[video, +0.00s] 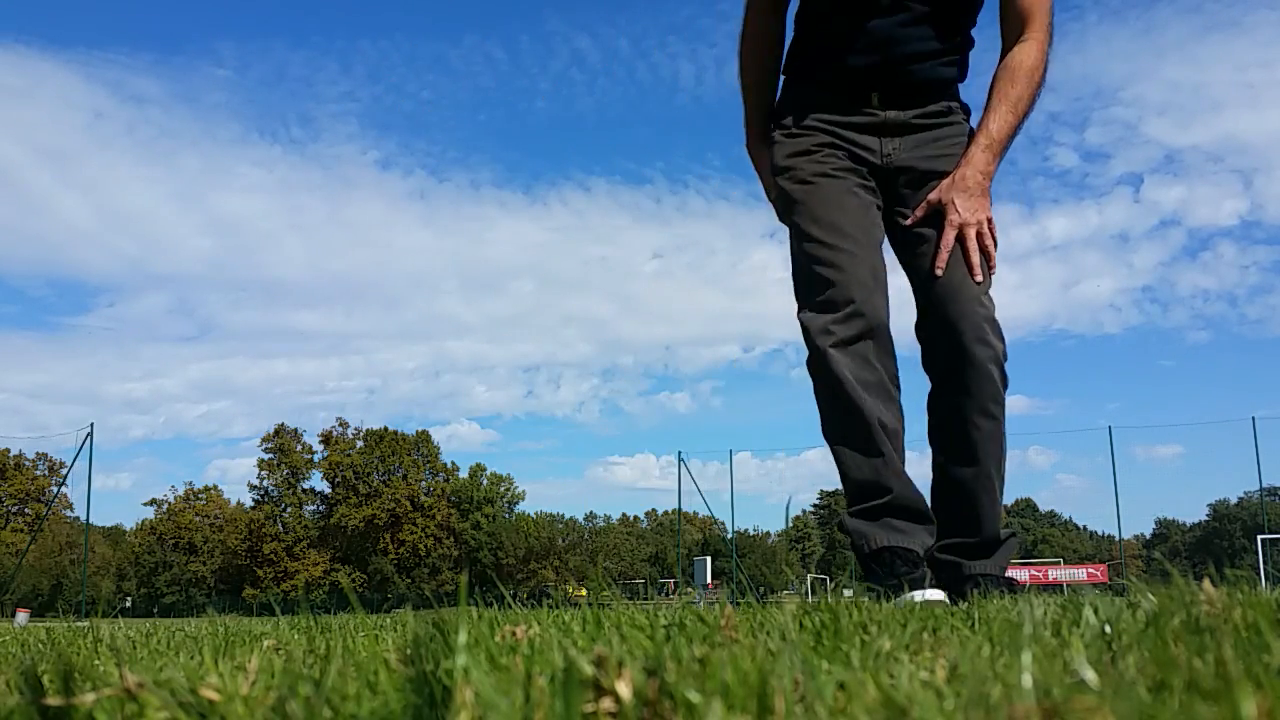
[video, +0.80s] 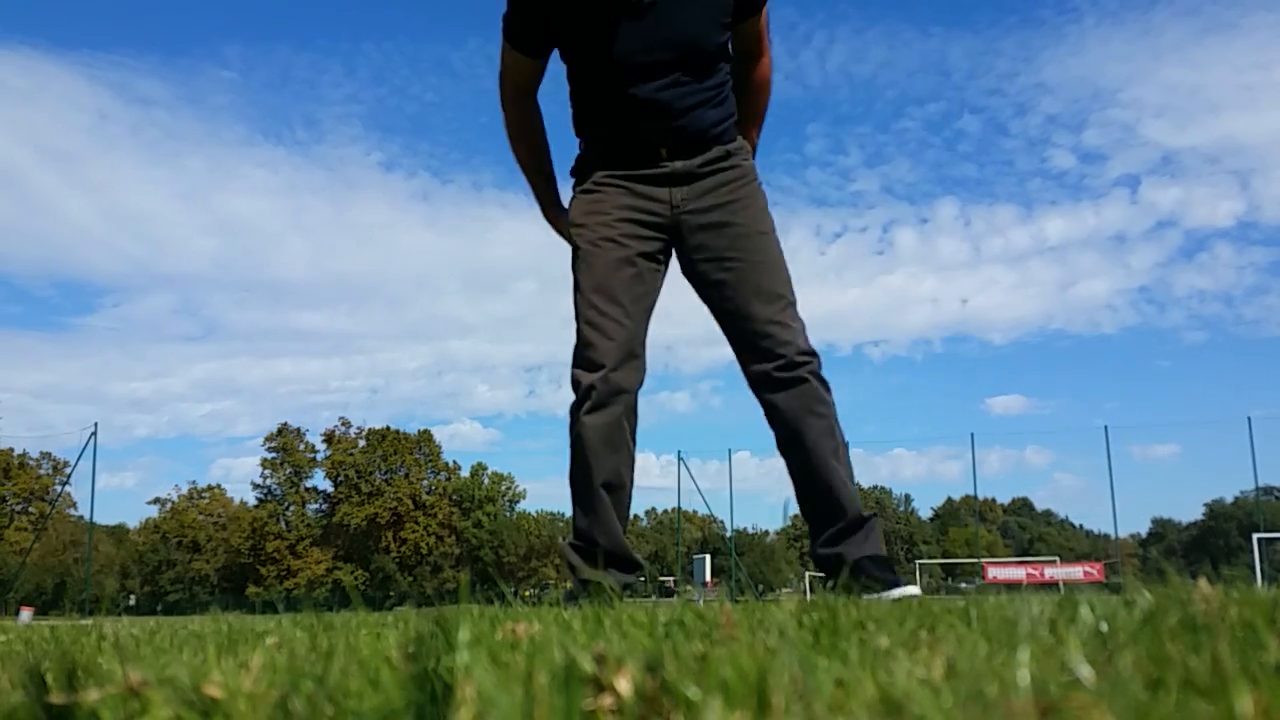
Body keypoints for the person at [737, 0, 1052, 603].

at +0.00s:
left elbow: (1029, 37)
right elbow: (762, 23)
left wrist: (977, 170)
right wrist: (761, 145)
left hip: (933, 124)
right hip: (818, 126)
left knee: (970, 333)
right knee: (850, 324)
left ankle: (974, 564)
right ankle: (896, 561)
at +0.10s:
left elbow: (1025, 45)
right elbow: (759, 21)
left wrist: (970, 178)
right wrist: (756, 140)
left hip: (924, 126)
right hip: (811, 126)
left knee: (956, 326)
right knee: (820, 317)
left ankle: (969, 566)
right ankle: (835, 561)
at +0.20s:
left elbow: (1006, 49)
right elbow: (746, 21)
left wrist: (962, 182)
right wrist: (740, 139)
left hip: (913, 131)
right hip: (799, 131)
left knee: (947, 328)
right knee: (776, 319)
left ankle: (967, 567)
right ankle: (753, 557)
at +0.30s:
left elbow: (987, 53)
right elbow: (722, 34)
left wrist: (959, 188)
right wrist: (716, 162)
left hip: (896, 142)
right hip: (778, 142)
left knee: (937, 334)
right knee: (730, 328)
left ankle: (964, 567)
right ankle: (679, 555)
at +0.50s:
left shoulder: (868, 1)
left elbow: (895, 64)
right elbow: (632, 79)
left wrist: (895, 197)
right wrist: (637, 208)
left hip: (823, 171)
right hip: (708, 180)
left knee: (892, 344)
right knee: (657, 366)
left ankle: (961, 566)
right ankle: (604, 575)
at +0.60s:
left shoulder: (808, 2)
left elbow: (823, 61)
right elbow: (576, 86)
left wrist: (817, 169)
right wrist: (593, 212)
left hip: (778, 175)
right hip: (666, 185)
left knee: (856, 348)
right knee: (633, 373)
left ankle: (953, 563)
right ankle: (605, 579)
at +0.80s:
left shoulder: (740, 3)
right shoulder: (541, 5)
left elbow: (753, 62)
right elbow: (517, 93)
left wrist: (739, 157)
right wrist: (552, 206)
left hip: (722, 178)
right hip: (615, 188)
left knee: (786, 359)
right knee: (605, 377)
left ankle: (855, 560)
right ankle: (600, 575)